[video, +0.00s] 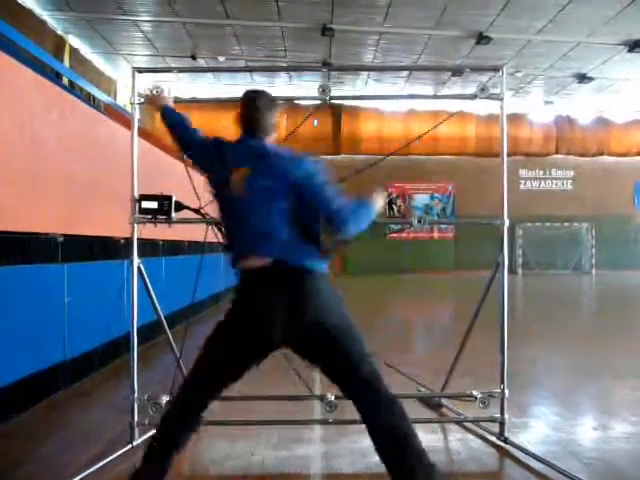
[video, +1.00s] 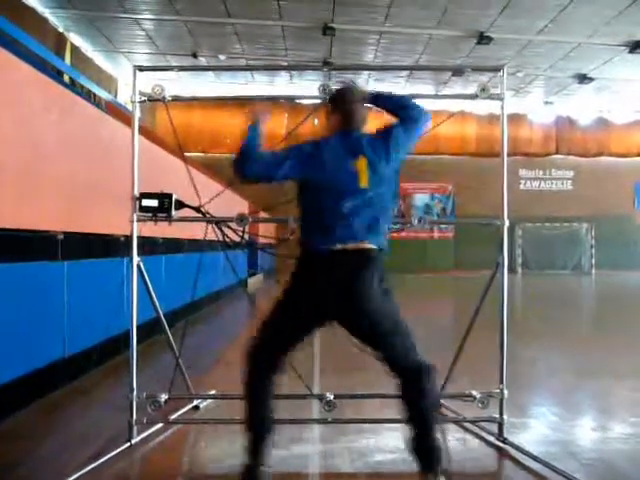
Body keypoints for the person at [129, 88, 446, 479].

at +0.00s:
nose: (276, 119)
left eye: (264, 114)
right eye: (276, 115)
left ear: (241, 121)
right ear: (276, 122)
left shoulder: (222, 159)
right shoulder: (296, 166)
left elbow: (190, 141)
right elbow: (343, 221)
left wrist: (165, 110)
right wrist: (374, 202)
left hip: (254, 296)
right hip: (306, 294)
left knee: (196, 392)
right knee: (368, 389)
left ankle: (150, 471)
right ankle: (417, 471)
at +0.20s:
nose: (284, 147)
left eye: (283, 139)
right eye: (281, 140)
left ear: (242, 145)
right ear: (272, 144)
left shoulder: (210, 187)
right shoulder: (289, 188)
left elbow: (169, 194)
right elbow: (312, 247)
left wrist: (162, 159)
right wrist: (365, 231)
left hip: (229, 314)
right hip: (282, 316)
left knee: (171, 395)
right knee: (347, 400)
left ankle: (141, 472)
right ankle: (377, 472)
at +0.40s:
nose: (337, 121)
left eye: (336, 114)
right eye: (336, 114)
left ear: (295, 114)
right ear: (329, 116)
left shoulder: (266, 150)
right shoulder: (344, 152)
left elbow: (228, 141)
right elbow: (398, 193)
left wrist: (266, 120)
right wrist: (400, 161)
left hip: (287, 287)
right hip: (336, 286)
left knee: (240, 374)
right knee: (370, 358)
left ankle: (233, 472)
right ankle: (358, 461)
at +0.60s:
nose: (399, 113)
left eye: (393, 106)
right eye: (402, 108)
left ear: (373, 115)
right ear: (407, 117)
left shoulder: (343, 145)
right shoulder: (424, 151)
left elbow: (285, 163)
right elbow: (463, 140)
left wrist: (245, 144)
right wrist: (481, 104)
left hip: (331, 282)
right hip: (383, 286)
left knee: (267, 371)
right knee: (440, 387)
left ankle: (199, 464)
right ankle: (489, 469)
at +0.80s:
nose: (390, 143)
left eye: (384, 137)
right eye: (401, 135)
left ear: (381, 141)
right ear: (414, 142)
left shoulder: (368, 176)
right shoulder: (441, 183)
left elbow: (344, 235)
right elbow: (478, 193)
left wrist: (293, 237)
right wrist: (477, 153)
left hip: (357, 303)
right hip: (407, 305)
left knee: (297, 391)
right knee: (478, 391)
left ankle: (275, 471)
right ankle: (495, 473)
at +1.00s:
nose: (333, 118)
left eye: (331, 112)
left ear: (331, 116)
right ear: (365, 115)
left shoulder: (314, 154)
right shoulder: (386, 148)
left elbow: (249, 167)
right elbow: (416, 115)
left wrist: (256, 126)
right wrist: (371, 96)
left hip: (314, 278)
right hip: (363, 279)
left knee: (263, 356)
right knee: (413, 368)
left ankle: (254, 464)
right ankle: (431, 464)